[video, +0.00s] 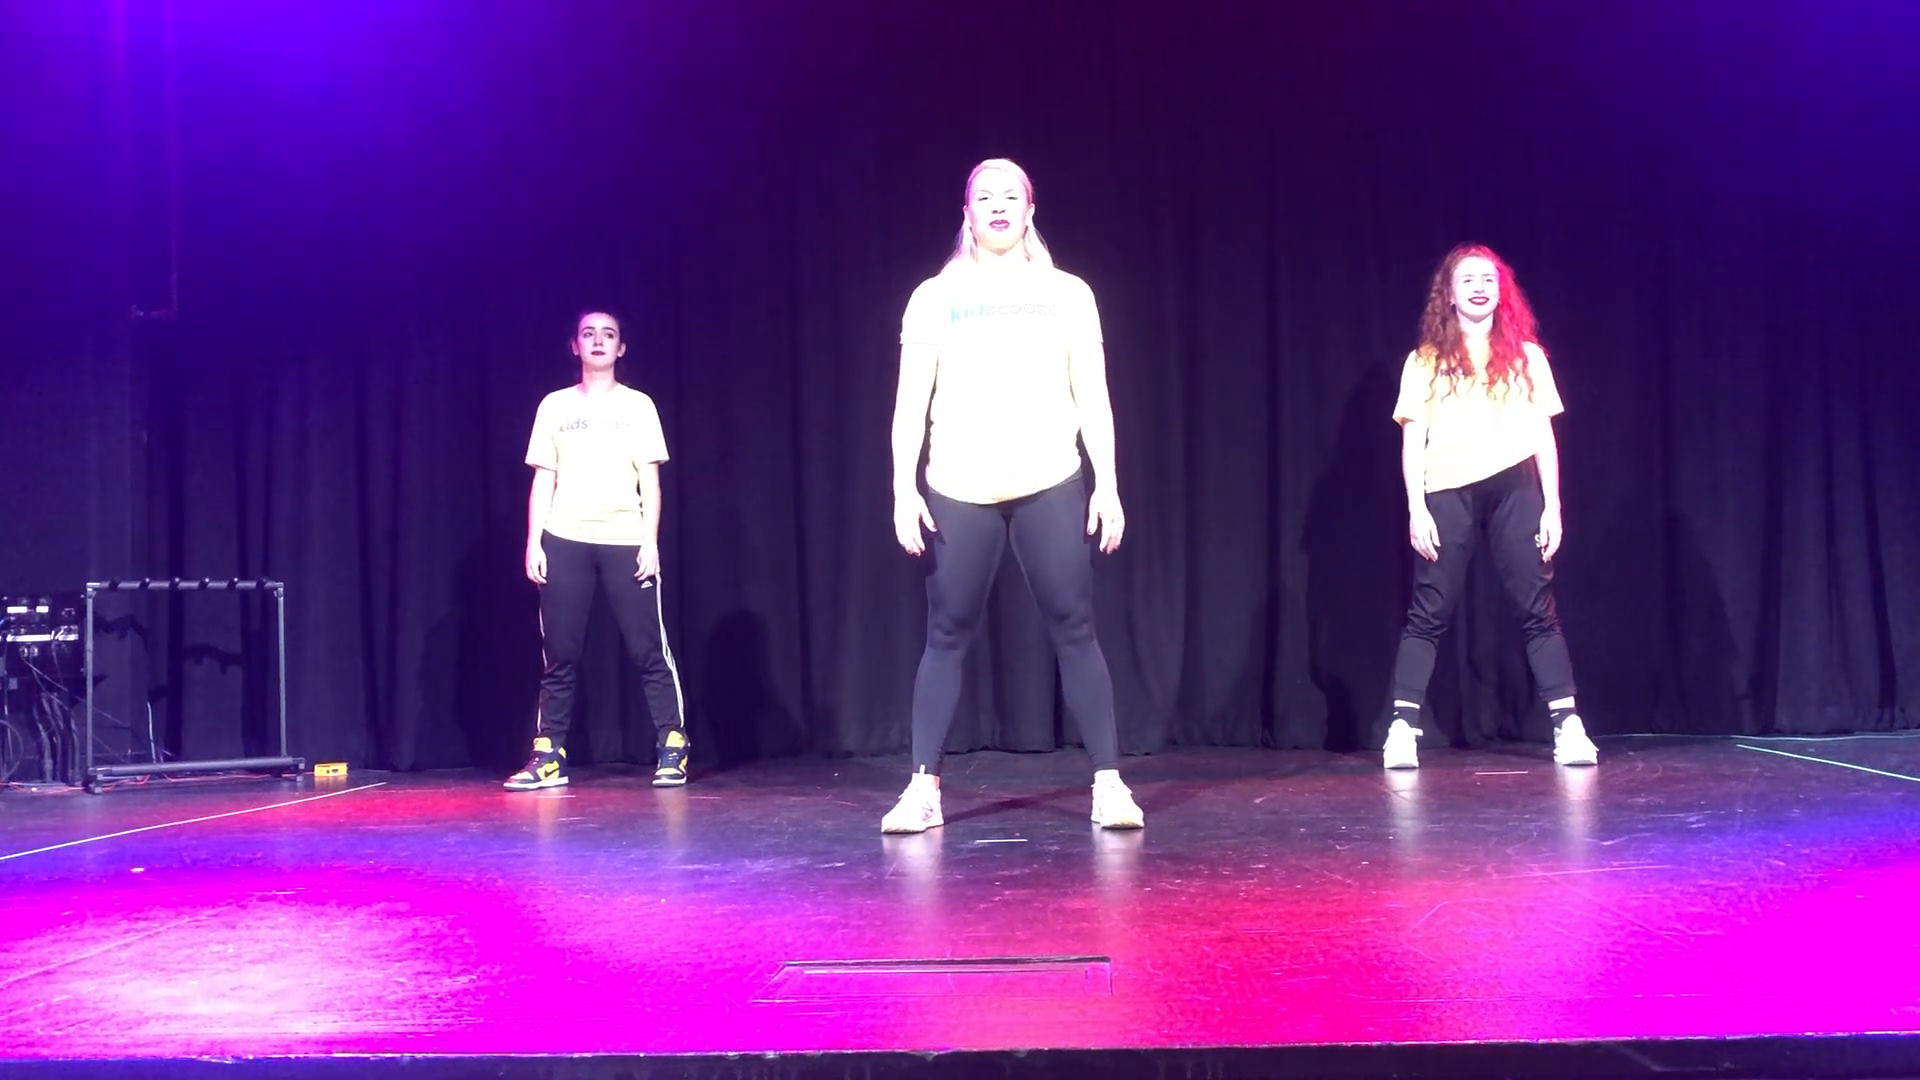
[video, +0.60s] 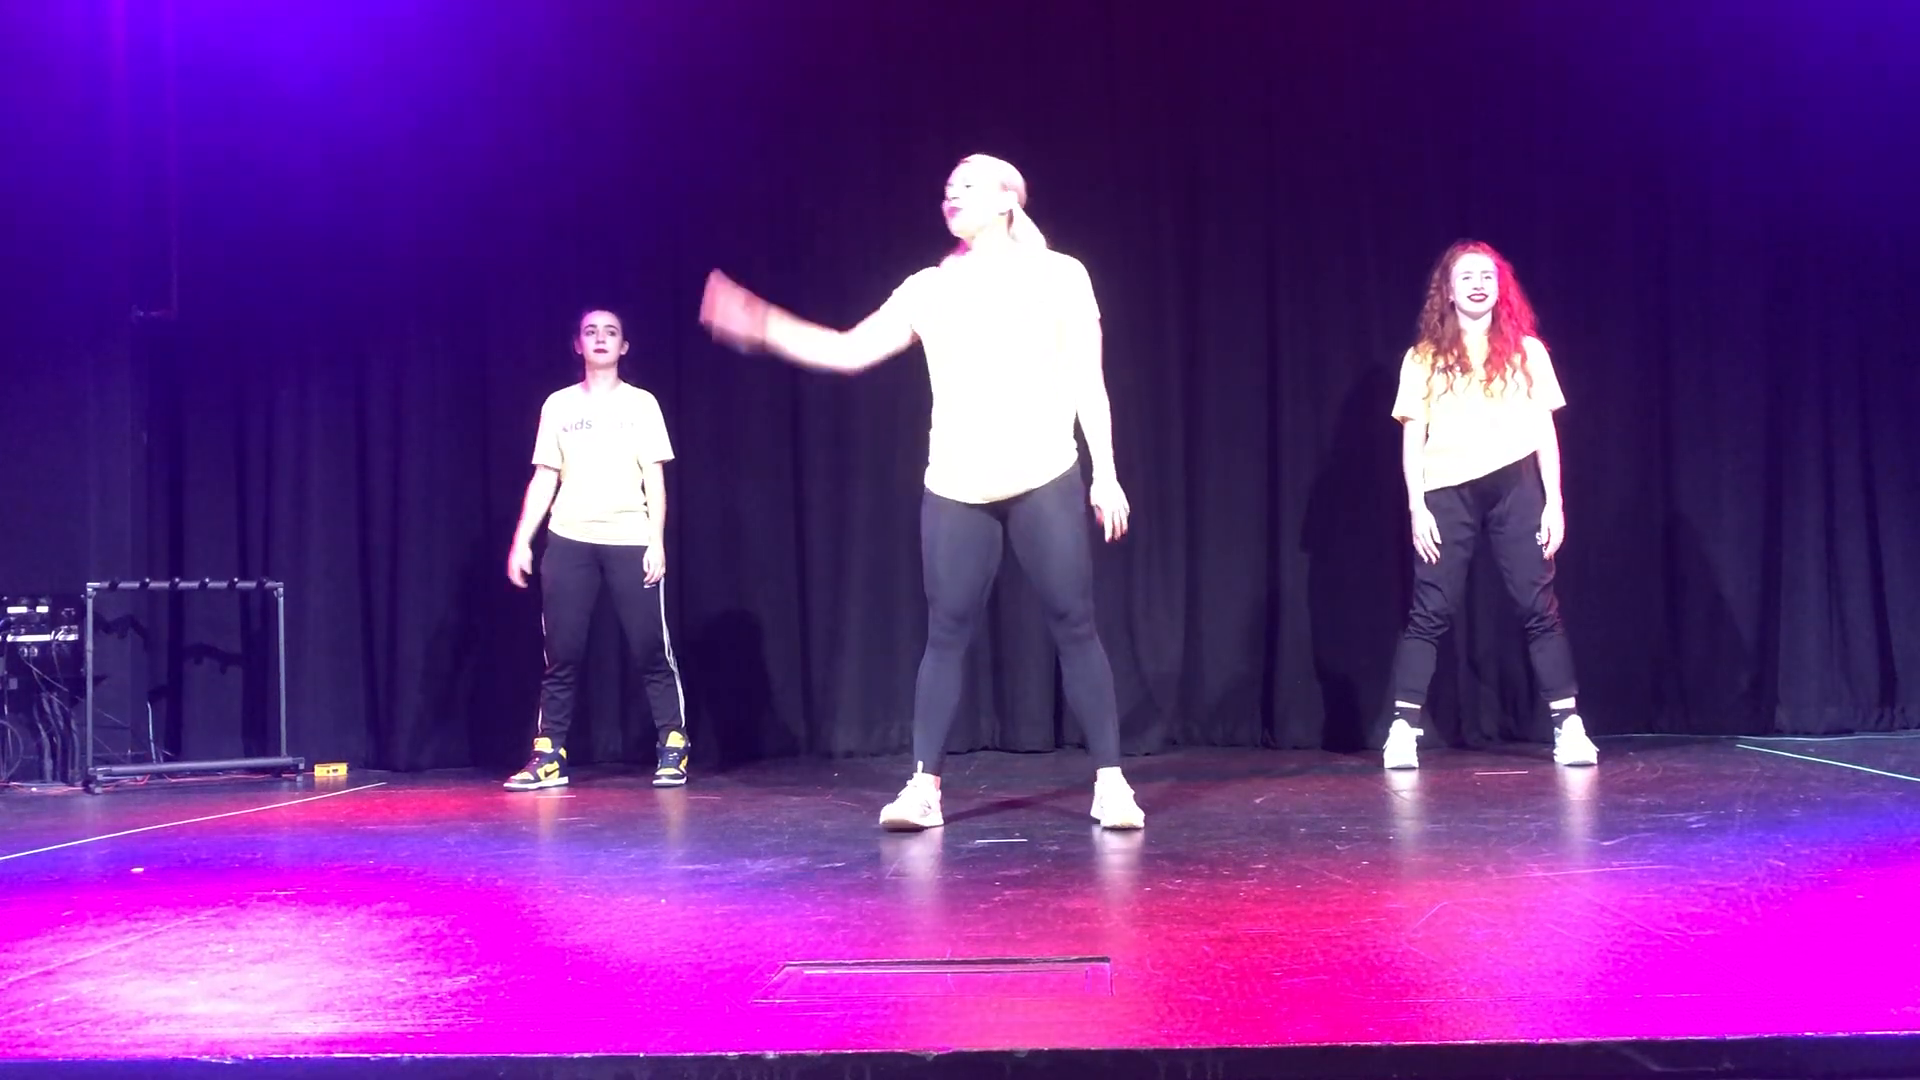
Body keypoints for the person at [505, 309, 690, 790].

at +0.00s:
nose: (598, 341)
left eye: (607, 335)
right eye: (589, 334)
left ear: (620, 347)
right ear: (575, 346)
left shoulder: (638, 405)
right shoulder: (554, 405)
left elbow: (650, 480)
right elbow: (542, 479)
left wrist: (650, 542)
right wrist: (534, 542)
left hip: (626, 542)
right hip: (565, 542)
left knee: (648, 652)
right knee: (559, 655)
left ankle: (672, 748)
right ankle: (550, 756)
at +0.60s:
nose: (600, 339)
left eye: (609, 332)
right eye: (591, 332)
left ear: (623, 345)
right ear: (578, 345)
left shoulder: (642, 403)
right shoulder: (558, 405)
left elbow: (654, 478)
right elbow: (544, 478)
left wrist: (656, 541)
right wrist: (521, 541)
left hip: (631, 541)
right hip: (569, 542)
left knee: (651, 650)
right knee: (560, 655)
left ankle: (673, 748)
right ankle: (550, 756)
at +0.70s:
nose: (582, 338)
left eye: (591, 331)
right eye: (573, 332)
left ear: (610, 345)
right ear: (562, 346)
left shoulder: (632, 399)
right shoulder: (553, 408)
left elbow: (649, 477)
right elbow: (526, 476)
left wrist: (651, 540)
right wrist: (478, 488)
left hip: (626, 538)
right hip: (569, 539)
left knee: (648, 652)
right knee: (558, 653)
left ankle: (672, 746)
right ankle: (550, 756)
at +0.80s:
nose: (549, 342)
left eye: (560, 334)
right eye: (541, 336)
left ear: (583, 347)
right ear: (535, 353)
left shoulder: (608, 398)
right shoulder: (540, 413)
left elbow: (637, 465)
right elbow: (497, 457)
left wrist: (645, 535)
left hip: (625, 541)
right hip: (574, 546)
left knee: (647, 653)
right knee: (556, 653)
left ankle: (673, 746)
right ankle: (549, 757)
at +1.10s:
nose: (486, 371)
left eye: (497, 362)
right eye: (482, 364)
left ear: (524, 373)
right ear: (481, 379)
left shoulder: (546, 415)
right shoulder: (509, 436)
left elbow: (590, 474)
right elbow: (466, 476)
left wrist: (609, 547)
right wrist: (472, 417)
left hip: (619, 541)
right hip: (579, 551)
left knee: (642, 649)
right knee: (555, 651)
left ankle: (696, 746)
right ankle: (549, 757)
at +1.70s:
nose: (535, 361)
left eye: (547, 354)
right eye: (528, 353)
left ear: (566, 368)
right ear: (519, 366)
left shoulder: (589, 411)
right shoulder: (528, 427)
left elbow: (633, 468)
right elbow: (493, 460)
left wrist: (651, 519)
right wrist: (512, 402)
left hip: (626, 552)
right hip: (574, 555)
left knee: (643, 655)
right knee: (544, 649)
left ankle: (707, 745)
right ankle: (548, 759)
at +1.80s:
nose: (565, 372)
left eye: (575, 366)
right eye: (557, 363)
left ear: (588, 382)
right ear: (541, 374)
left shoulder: (610, 426)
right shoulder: (539, 432)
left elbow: (655, 471)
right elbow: (512, 471)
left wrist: (688, 499)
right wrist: (535, 412)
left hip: (631, 564)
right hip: (574, 566)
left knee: (641, 662)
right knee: (536, 657)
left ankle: (703, 747)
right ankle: (548, 759)